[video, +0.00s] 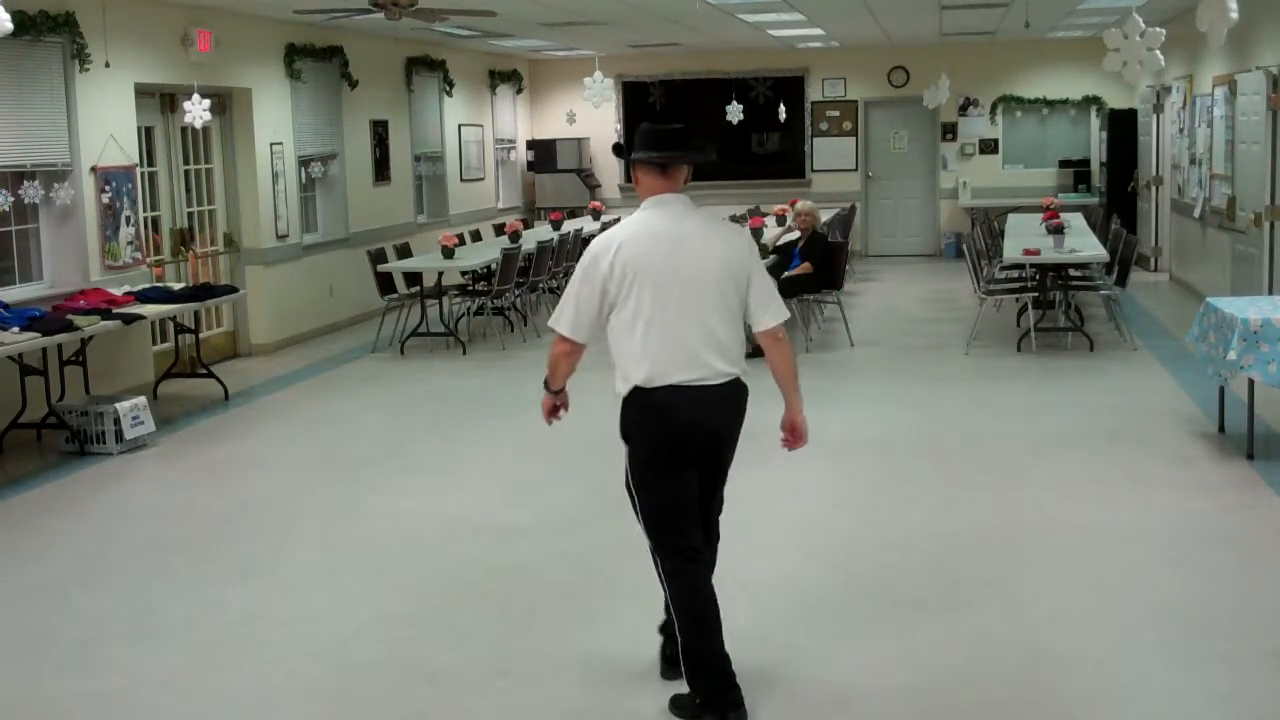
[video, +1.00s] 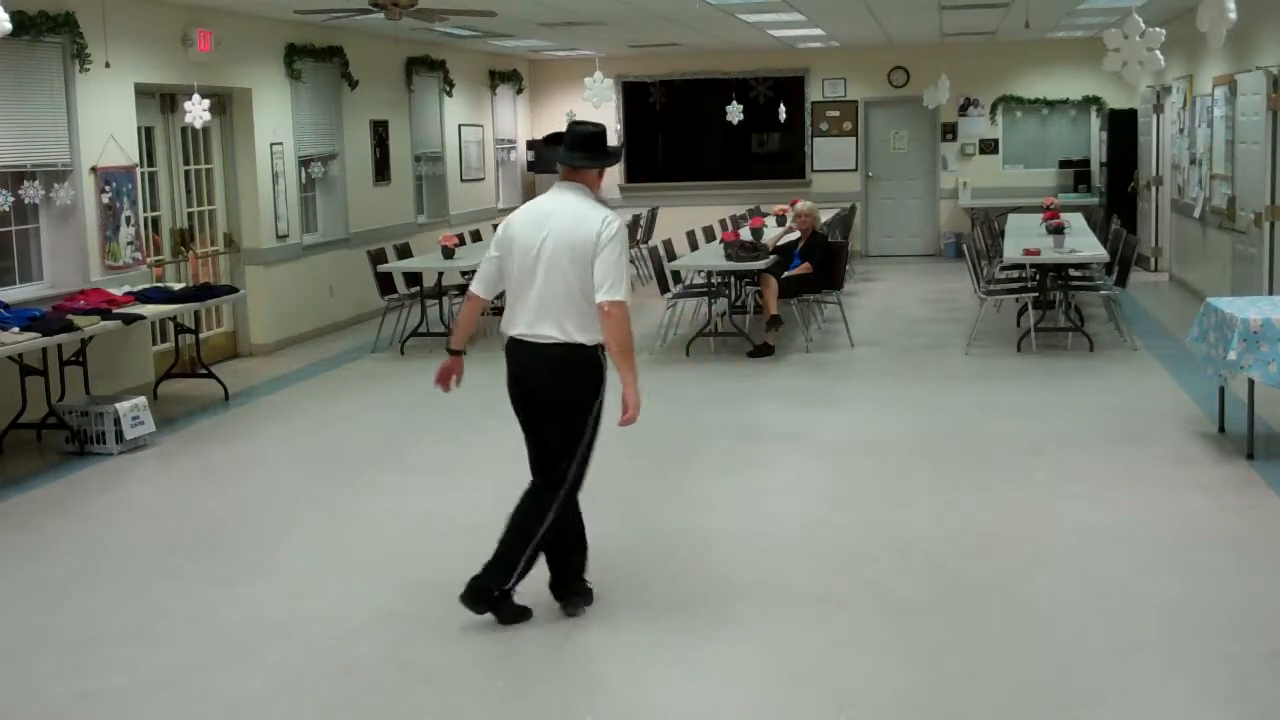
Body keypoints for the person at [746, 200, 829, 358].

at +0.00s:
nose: (803, 218)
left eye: (807, 215)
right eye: (799, 215)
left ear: (814, 219)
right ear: (795, 219)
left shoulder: (820, 239)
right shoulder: (796, 242)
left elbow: (811, 266)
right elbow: (766, 249)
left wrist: (785, 276)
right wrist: (784, 229)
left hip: (809, 280)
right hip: (790, 277)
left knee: (767, 293)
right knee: (760, 287)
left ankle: (763, 344)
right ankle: (758, 340)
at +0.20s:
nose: (802, 219)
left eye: (806, 216)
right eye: (798, 216)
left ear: (814, 219)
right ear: (795, 220)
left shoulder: (820, 239)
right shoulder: (796, 241)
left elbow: (811, 266)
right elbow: (768, 248)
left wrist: (785, 276)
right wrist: (785, 230)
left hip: (809, 279)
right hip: (789, 275)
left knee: (765, 292)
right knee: (766, 279)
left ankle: (761, 343)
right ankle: (773, 316)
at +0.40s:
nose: (802, 219)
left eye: (806, 216)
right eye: (799, 216)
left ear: (814, 219)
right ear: (794, 220)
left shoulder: (820, 240)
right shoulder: (796, 242)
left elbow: (809, 267)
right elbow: (767, 250)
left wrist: (784, 277)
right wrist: (785, 231)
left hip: (810, 278)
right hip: (792, 276)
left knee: (766, 291)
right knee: (766, 276)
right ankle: (773, 316)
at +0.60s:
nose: (802, 220)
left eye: (806, 216)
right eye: (798, 216)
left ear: (814, 219)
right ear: (795, 220)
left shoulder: (820, 240)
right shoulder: (797, 241)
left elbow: (810, 267)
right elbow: (767, 249)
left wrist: (785, 276)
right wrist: (785, 230)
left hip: (810, 279)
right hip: (791, 275)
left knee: (767, 291)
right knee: (765, 275)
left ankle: (767, 343)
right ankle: (773, 315)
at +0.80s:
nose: (802, 220)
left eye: (806, 216)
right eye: (799, 216)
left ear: (814, 219)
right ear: (795, 221)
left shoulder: (820, 240)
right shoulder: (797, 241)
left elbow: (810, 267)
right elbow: (767, 249)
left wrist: (785, 276)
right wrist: (784, 230)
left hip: (810, 279)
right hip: (791, 275)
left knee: (768, 291)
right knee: (765, 275)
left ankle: (768, 343)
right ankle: (773, 315)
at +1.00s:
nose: (802, 220)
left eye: (806, 216)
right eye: (799, 216)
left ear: (814, 219)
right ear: (795, 220)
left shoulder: (820, 240)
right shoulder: (797, 241)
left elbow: (810, 267)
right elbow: (767, 249)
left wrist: (785, 276)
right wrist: (784, 230)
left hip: (810, 279)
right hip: (791, 275)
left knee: (768, 292)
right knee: (765, 276)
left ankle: (769, 343)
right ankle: (773, 315)